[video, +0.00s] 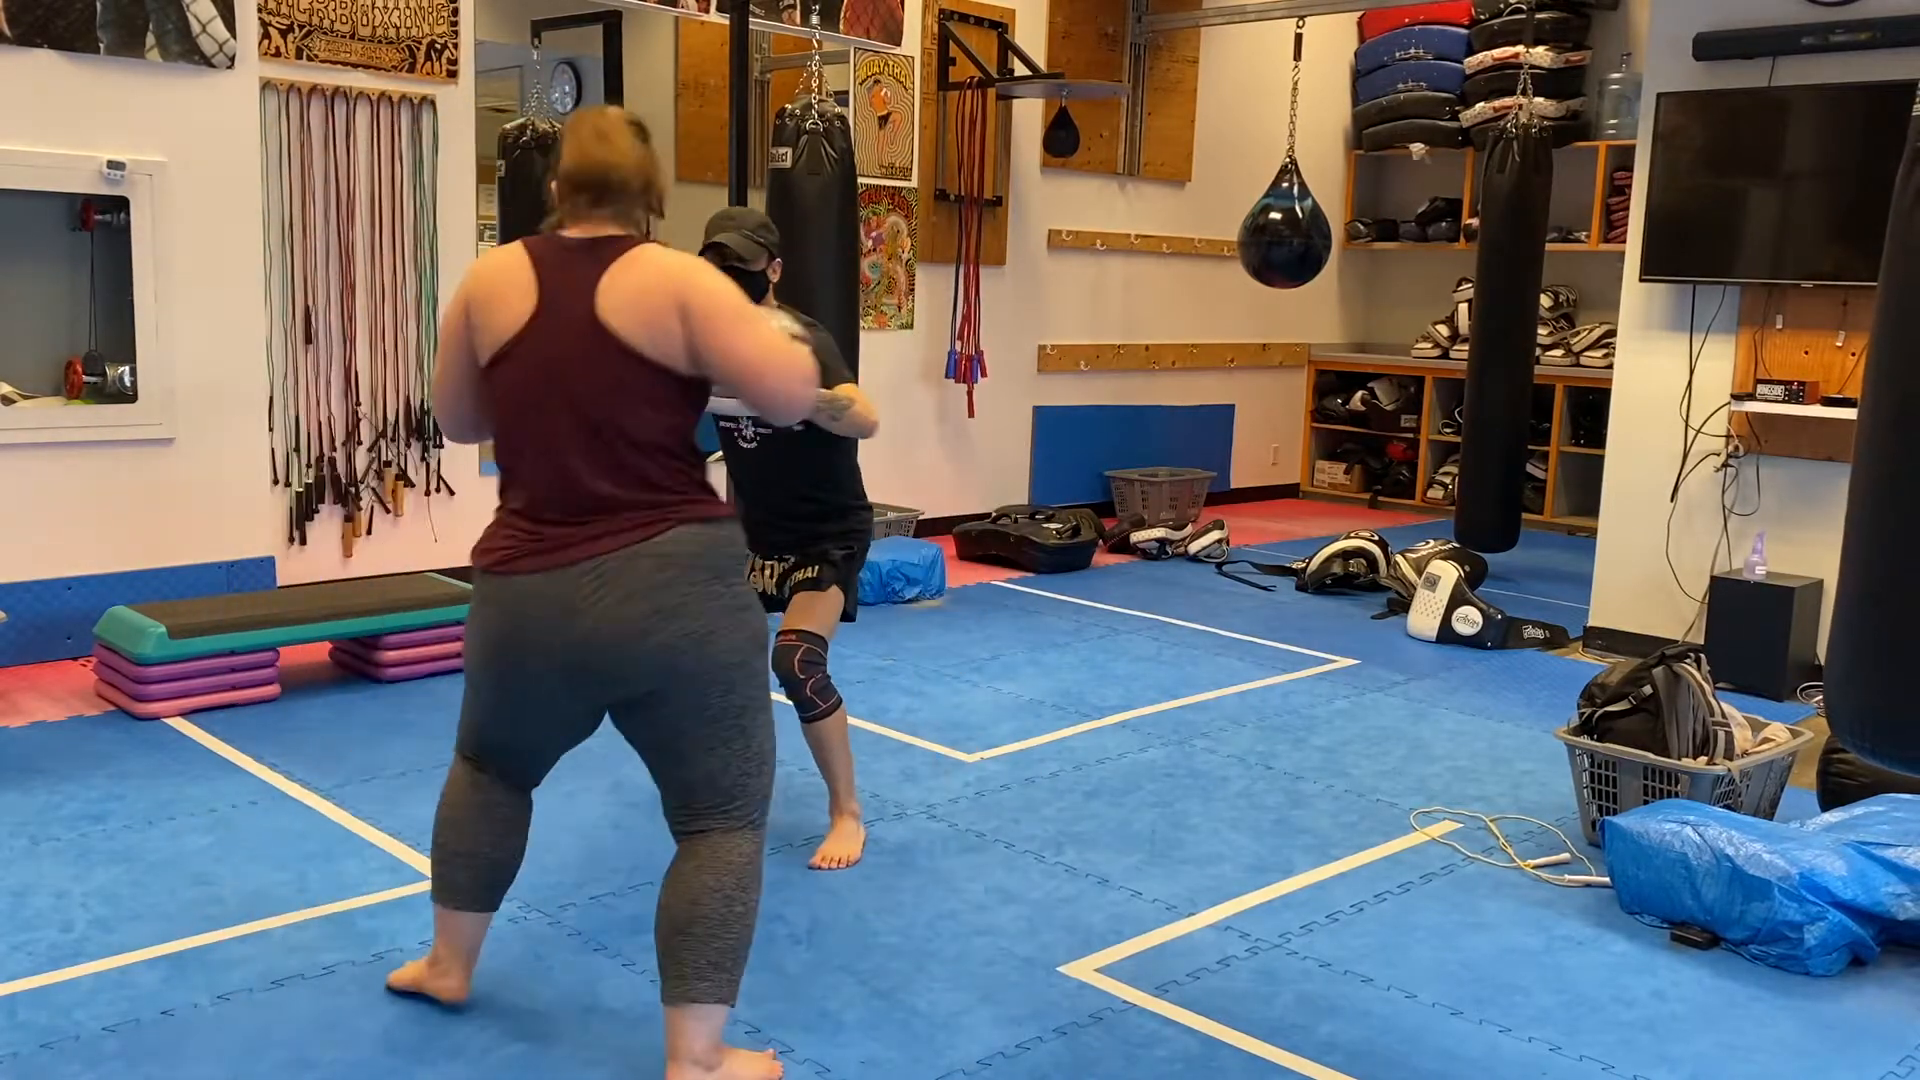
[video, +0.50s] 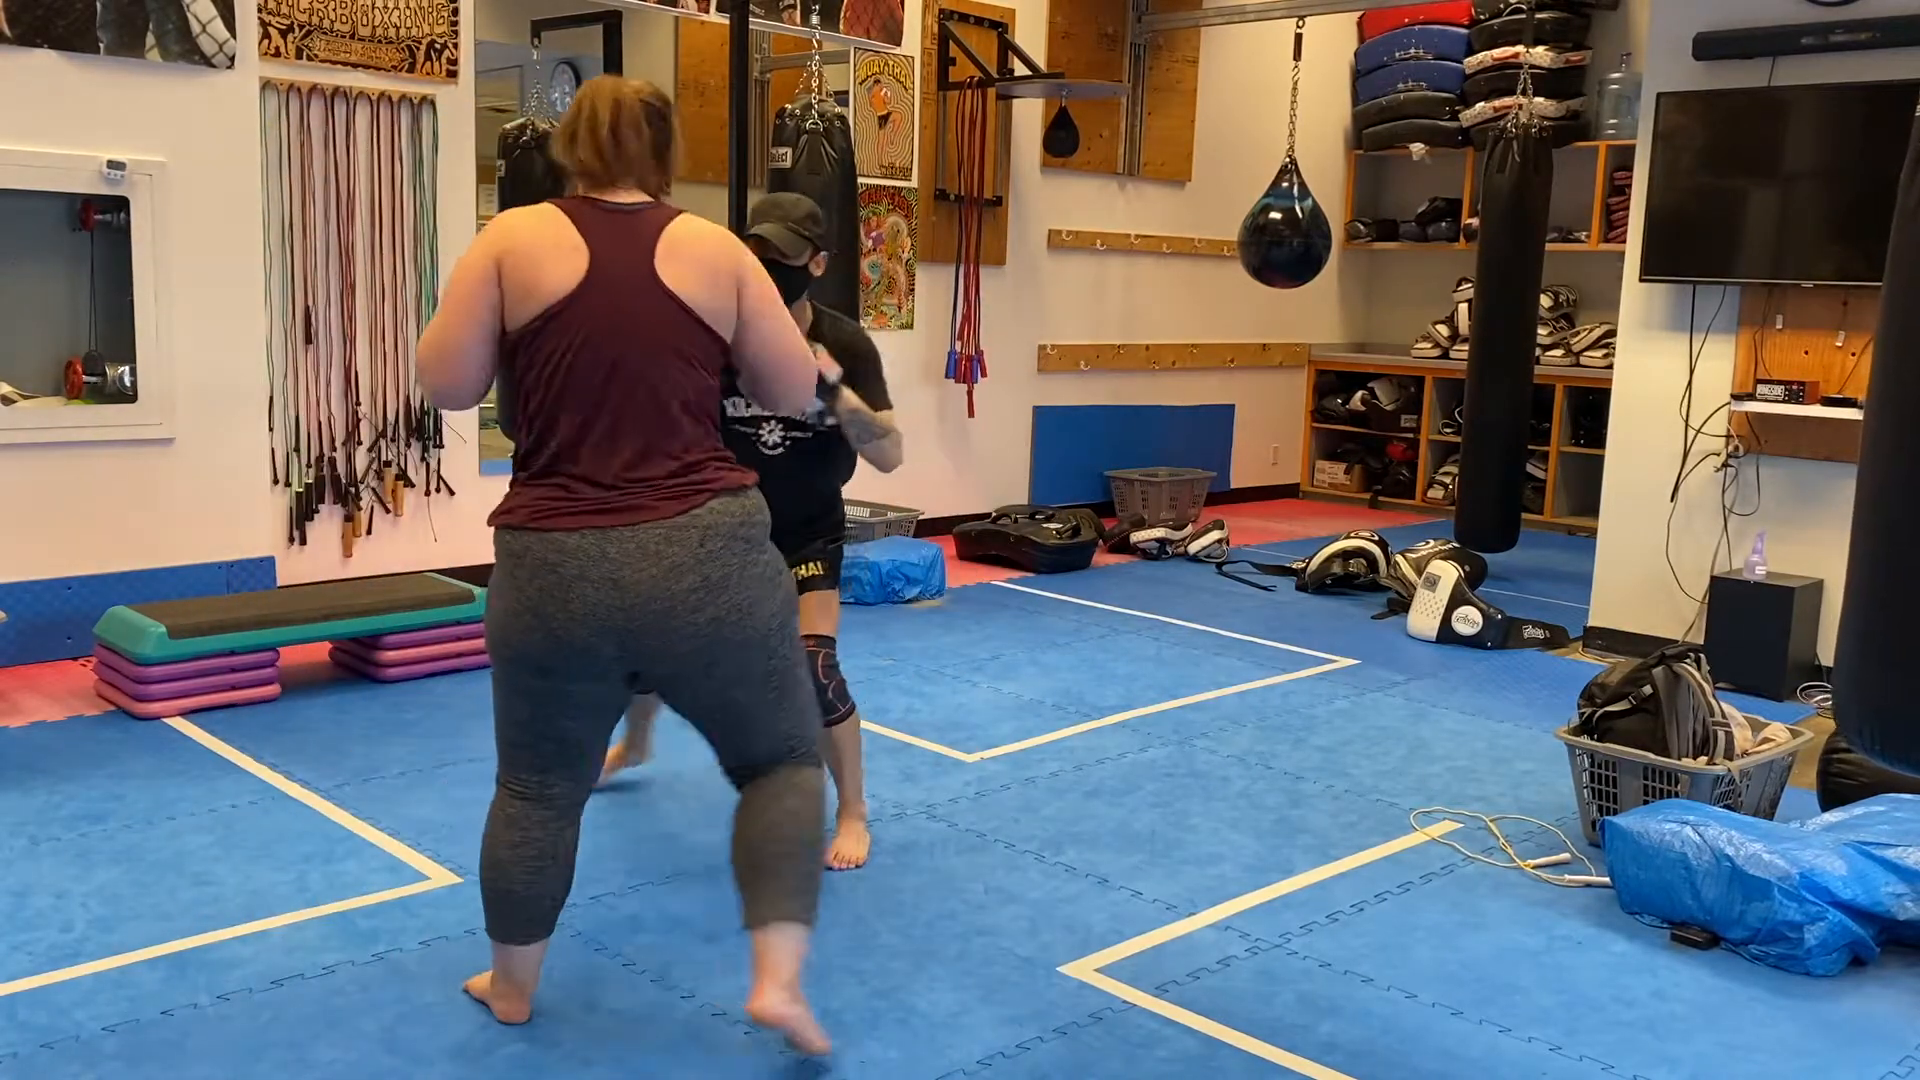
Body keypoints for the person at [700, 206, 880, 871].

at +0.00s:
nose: (720, 280)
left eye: (735, 268)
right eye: (713, 267)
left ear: (770, 271)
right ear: (700, 268)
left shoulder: (800, 337)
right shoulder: (704, 340)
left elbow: (866, 420)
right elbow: (686, 433)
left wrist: (804, 399)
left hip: (829, 525)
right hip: (754, 526)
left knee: (797, 658)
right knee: (711, 656)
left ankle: (846, 814)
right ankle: (716, 808)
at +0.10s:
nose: (744, 274)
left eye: (757, 260)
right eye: (736, 260)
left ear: (791, 260)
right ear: (723, 258)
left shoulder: (825, 331)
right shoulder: (713, 329)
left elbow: (903, 424)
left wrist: (838, 393)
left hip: (828, 524)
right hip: (743, 525)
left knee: (809, 659)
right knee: (721, 662)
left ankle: (847, 815)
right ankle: (714, 813)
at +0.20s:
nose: (768, 261)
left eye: (783, 249)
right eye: (759, 246)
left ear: (816, 254)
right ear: (746, 248)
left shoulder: (848, 329)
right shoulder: (730, 322)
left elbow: (925, 429)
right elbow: (688, 398)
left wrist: (884, 392)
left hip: (830, 519)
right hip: (747, 519)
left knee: (828, 660)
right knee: (724, 663)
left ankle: (852, 817)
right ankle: (706, 812)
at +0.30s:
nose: (791, 271)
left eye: (805, 259)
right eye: (780, 257)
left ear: (834, 260)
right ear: (766, 256)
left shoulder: (862, 337)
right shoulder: (747, 326)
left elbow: (925, 438)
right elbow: (693, 393)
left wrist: (894, 400)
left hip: (824, 520)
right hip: (742, 518)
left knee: (833, 662)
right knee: (717, 662)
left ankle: (855, 816)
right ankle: (702, 810)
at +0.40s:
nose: (788, 280)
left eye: (805, 270)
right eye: (780, 265)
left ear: (834, 268)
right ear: (765, 258)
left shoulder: (863, 341)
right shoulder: (739, 318)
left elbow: (913, 452)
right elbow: (684, 392)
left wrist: (878, 398)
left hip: (816, 519)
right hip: (733, 515)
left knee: (828, 663)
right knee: (706, 642)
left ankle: (854, 813)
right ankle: (683, 739)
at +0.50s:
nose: (761, 271)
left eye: (777, 261)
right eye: (754, 257)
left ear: (811, 264)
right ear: (740, 253)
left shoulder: (840, 339)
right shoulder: (720, 317)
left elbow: (889, 454)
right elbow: (675, 395)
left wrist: (843, 399)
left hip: (805, 518)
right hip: (718, 511)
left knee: (815, 666)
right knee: (656, 624)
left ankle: (851, 812)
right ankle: (635, 741)